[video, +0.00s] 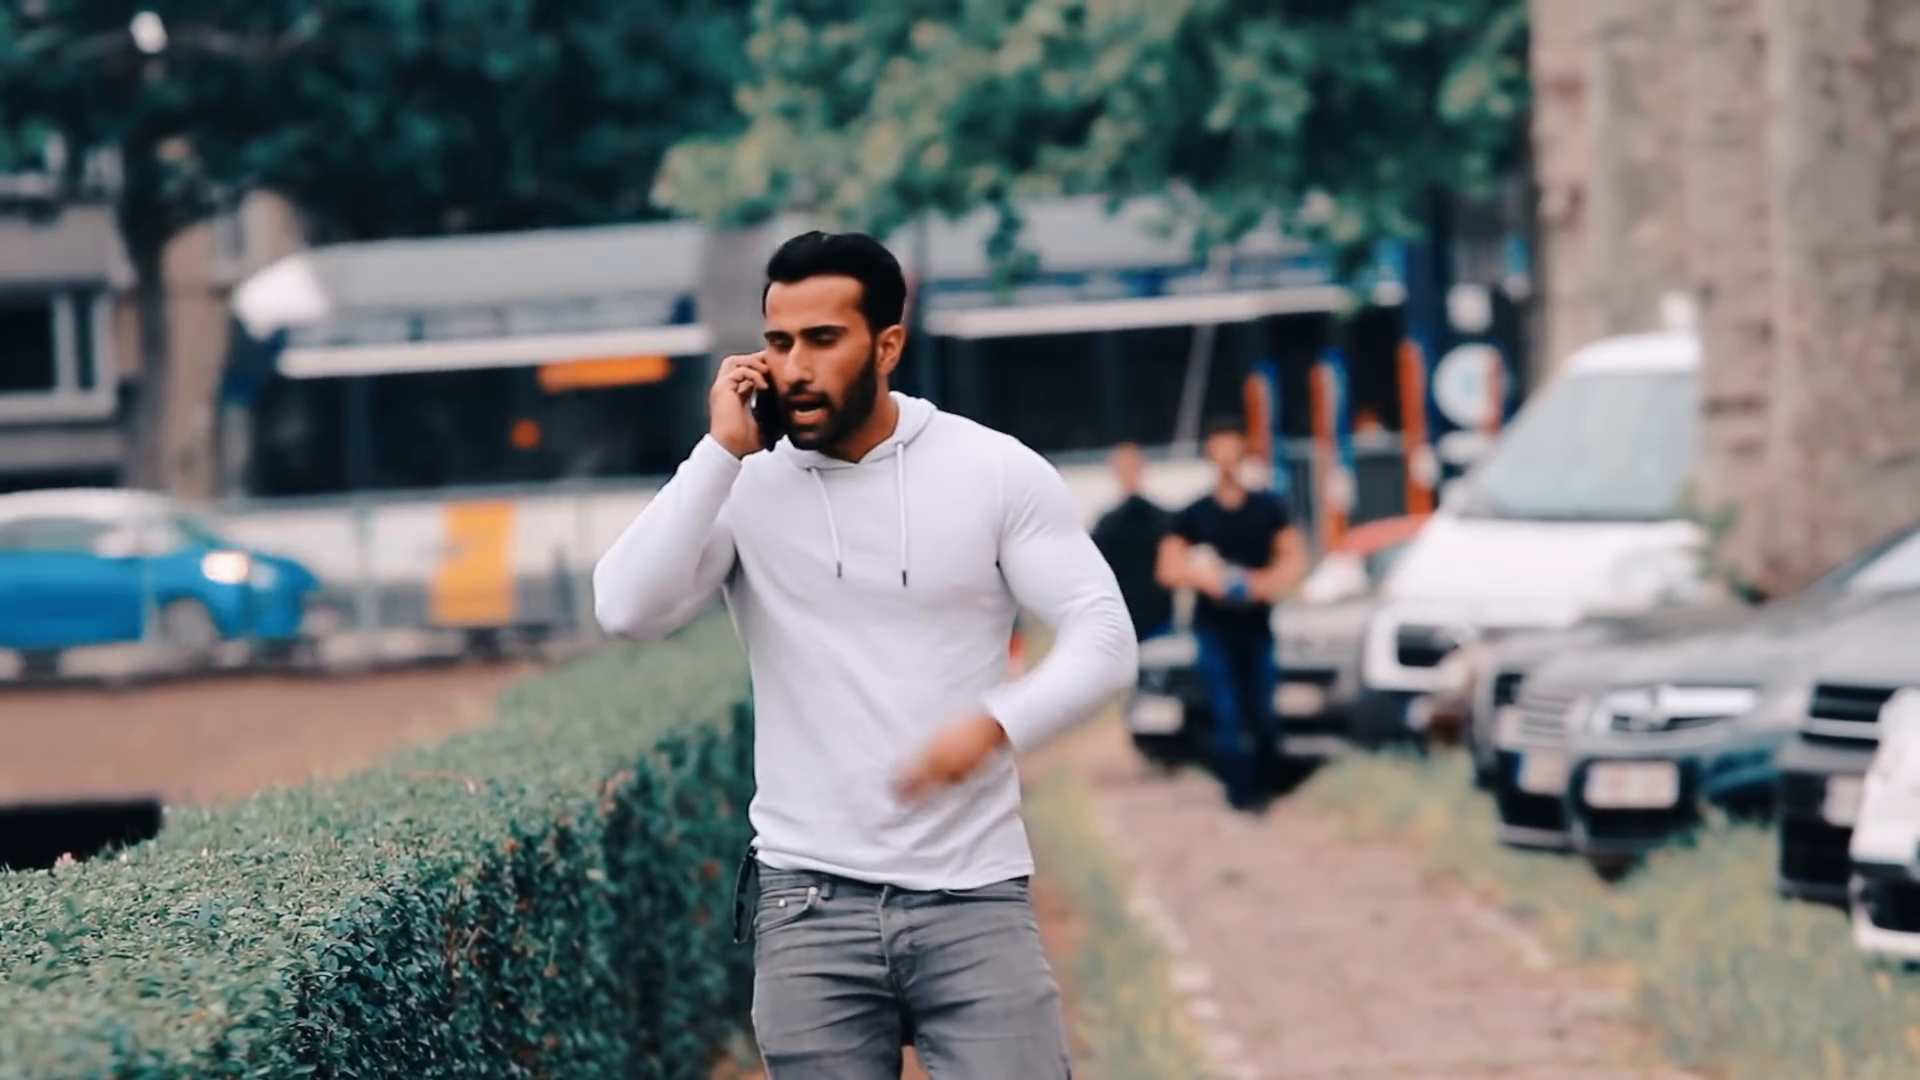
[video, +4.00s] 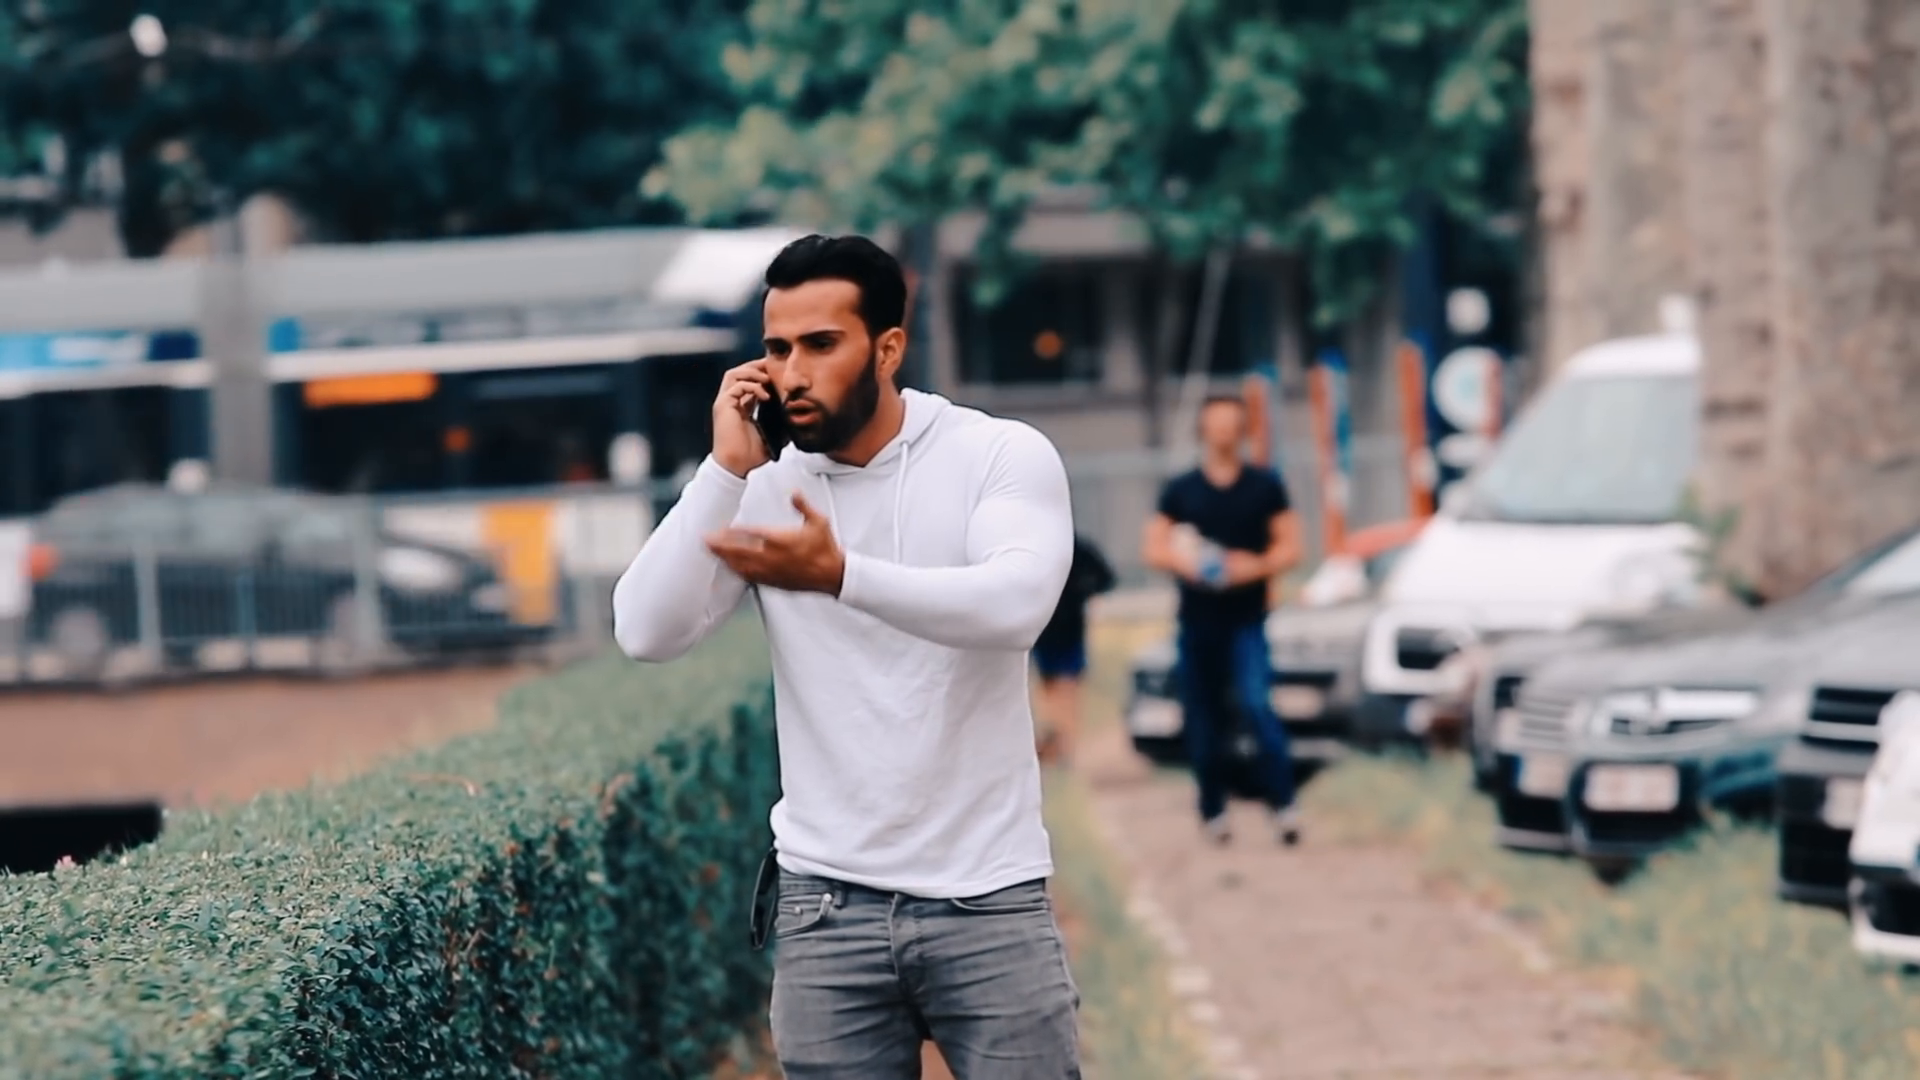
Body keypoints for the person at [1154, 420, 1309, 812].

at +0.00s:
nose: (1226, 455)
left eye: (1232, 446)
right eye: (1218, 447)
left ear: (1243, 451)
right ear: (1208, 454)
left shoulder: (1268, 509)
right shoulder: (1195, 515)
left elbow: (1293, 560)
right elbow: (1168, 568)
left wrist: (1265, 584)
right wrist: (1209, 580)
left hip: (1256, 623)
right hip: (1214, 626)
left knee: (1262, 708)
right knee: (1227, 710)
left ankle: (1264, 785)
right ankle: (1239, 790)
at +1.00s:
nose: (1231, 452)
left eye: (1237, 444)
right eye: (1224, 445)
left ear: (1250, 446)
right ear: (1213, 448)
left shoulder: (1270, 497)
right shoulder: (1200, 504)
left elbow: (1302, 550)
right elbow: (1178, 560)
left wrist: (1276, 578)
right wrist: (1211, 575)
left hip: (1262, 613)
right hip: (1219, 615)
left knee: (1266, 702)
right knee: (1232, 706)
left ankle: (1273, 785)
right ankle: (1246, 789)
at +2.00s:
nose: (1221, 440)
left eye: (1229, 432)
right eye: (1214, 432)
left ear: (1241, 435)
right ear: (1204, 435)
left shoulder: (1264, 488)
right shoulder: (1190, 492)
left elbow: (1291, 542)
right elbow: (1163, 547)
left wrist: (1262, 569)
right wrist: (1198, 566)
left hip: (1251, 609)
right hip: (1207, 611)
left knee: (1251, 695)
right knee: (1217, 700)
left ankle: (1258, 785)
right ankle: (1233, 787)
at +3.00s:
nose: (1202, 436)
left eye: (1210, 428)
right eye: (1195, 428)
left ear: (1223, 429)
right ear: (1185, 429)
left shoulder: (1245, 480)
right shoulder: (1171, 479)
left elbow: (1271, 539)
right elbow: (1144, 538)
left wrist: (1246, 565)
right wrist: (1185, 558)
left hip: (1236, 602)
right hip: (1190, 603)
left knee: (1240, 692)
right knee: (1197, 697)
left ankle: (1239, 786)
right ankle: (1212, 789)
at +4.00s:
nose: (1224, 435)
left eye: (1231, 427)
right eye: (1216, 427)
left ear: (1242, 430)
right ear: (1202, 430)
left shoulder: (1264, 486)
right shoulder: (1182, 489)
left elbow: (1289, 548)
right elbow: (1155, 548)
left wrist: (1250, 565)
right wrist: (1188, 562)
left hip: (1245, 617)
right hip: (1198, 618)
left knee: (1253, 703)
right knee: (1203, 714)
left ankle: (1283, 802)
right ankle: (1212, 810)